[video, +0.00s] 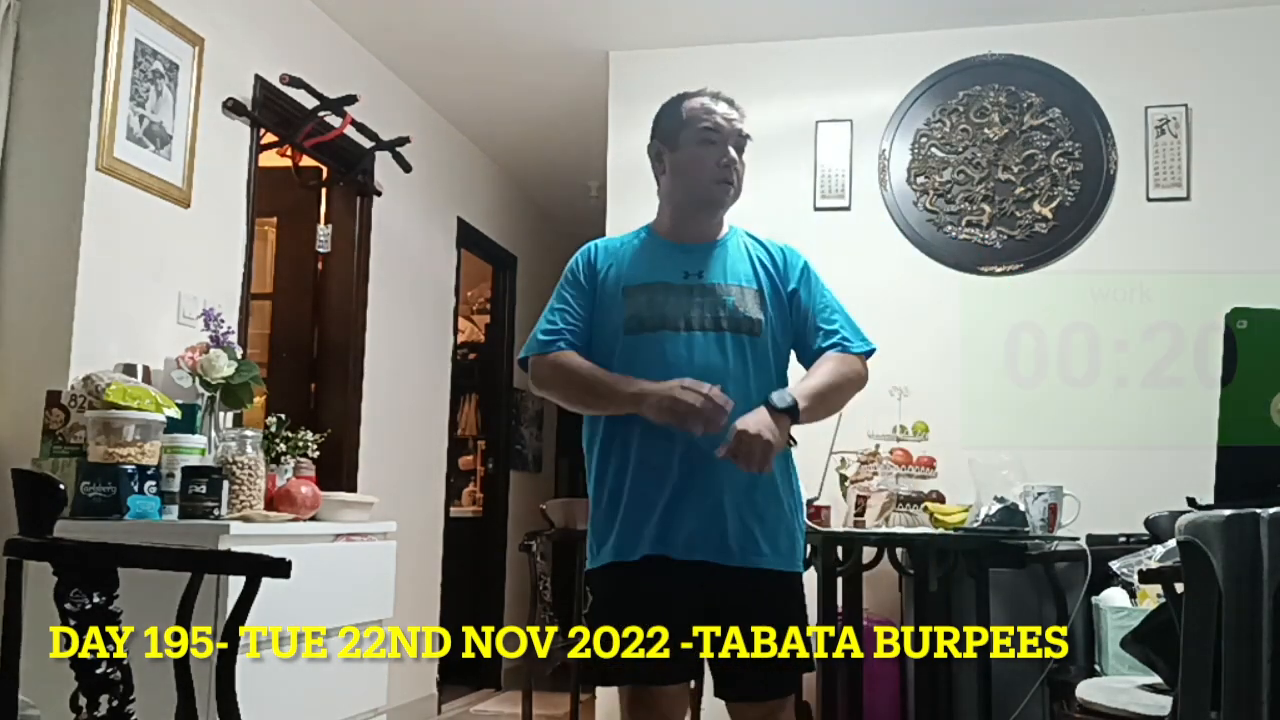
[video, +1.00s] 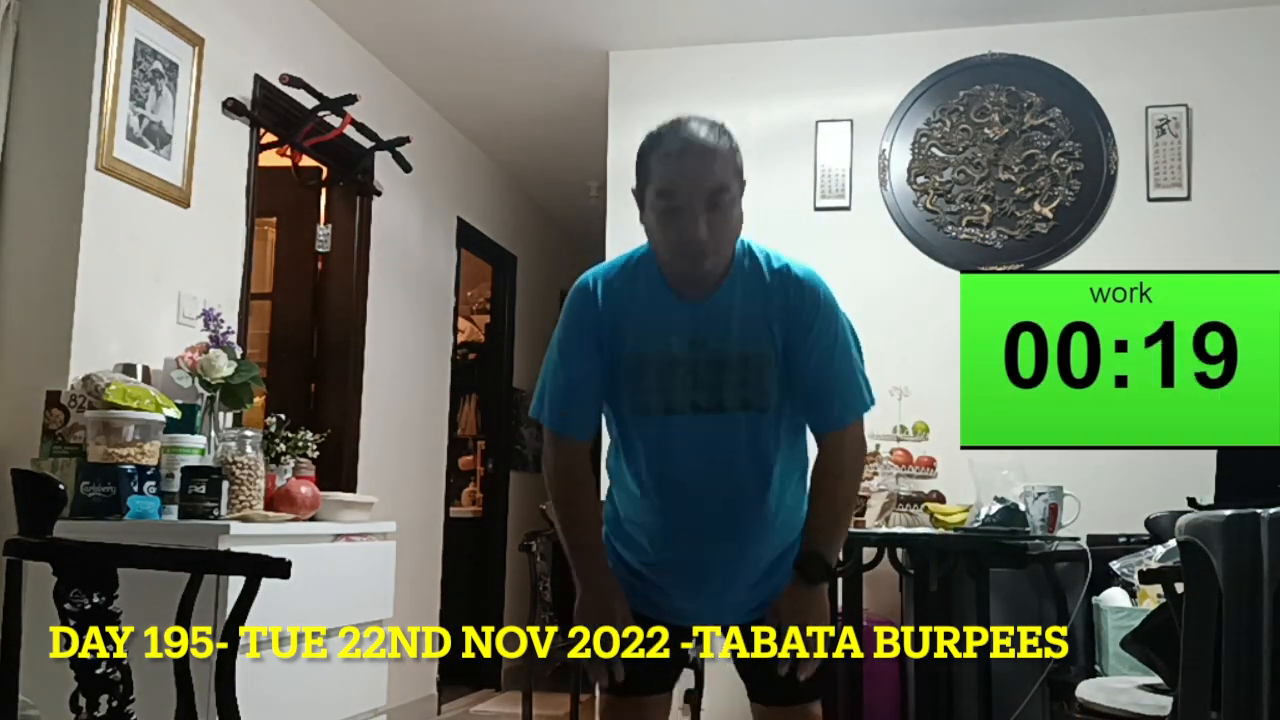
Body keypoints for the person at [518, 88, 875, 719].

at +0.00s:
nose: (731, 156)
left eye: (740, 146)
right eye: (710, 140)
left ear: (748, 163)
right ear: (660, 157)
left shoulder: (781, 266)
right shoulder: (600, 262)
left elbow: (848, 361)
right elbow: (544, 365)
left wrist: (784, 410)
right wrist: (646, 395)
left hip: (758, 550)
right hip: (638, 546)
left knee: (769, 711)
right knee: (653, 707)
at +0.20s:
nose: (738, 158)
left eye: (747, 148)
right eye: (718, 142)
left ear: (754, 166)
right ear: (666, 157)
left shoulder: (779, 263)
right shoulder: (605, 257)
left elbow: (849, 347)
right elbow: (561, 352)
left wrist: (753, 340)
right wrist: (681, 334)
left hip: (759, 546)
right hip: (637, 543)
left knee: (771, 710)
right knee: (652, 707)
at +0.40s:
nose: (747, 161)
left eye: (755, 149)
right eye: (727, 143)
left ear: (761, 165)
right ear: (674, 155)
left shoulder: (785, 260)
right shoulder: (612, 254)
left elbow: (860, 336)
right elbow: (563, 338)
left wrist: (755, 347)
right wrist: (689, 322)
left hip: (766, 547)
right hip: (644, 543)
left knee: (777, 710)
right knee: (655, 709)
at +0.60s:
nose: (750, 156)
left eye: (758, 145)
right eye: (729, 139)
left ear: (764, 162)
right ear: (676, 151)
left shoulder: (792, 257)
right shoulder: (615, 250)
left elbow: (856, 341)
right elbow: (568, 335)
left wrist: (749, 365)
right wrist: (693, 336)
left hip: (772, 545)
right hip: (649, 541)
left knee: (779, 710)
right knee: (657, 708)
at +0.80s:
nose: (737, 152)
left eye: (747, 138)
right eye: (713, 135)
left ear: (758, 153)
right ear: (665, 152)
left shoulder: (797, 259)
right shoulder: (610, 258)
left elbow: (825, 369)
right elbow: (579, 376)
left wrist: (785, 466)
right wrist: (659, 447)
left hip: (771, 561)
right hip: (650, 561)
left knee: (778, 713)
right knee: (658, 710)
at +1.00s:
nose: (696, 229)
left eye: (717, 201)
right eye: (671, 205)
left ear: (742, 196)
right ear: (640, 207)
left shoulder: (799, 299)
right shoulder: (600, 301)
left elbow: (844, 443)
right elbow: (567, 448)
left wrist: (813, 576)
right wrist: (595, 584)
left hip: (772, 578)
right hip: (644, 578)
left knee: (794, 710)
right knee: (626, 709)